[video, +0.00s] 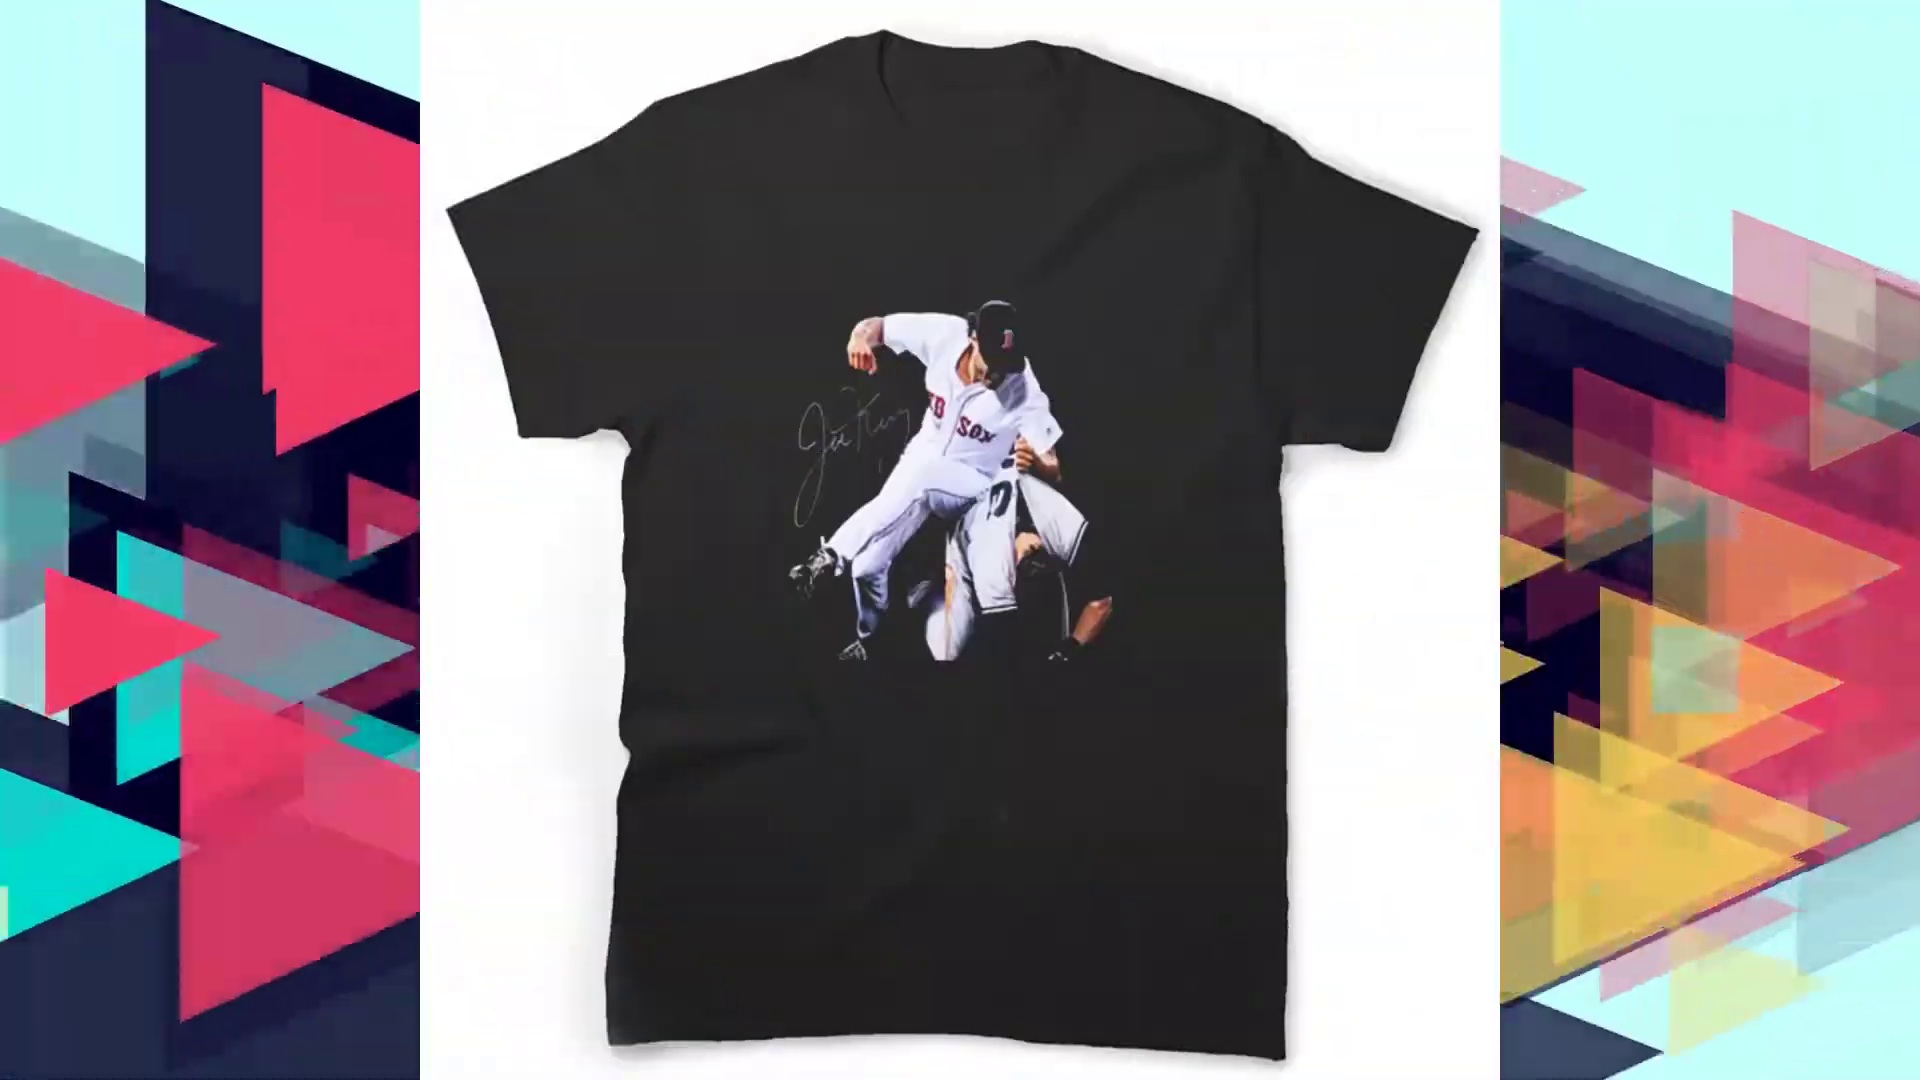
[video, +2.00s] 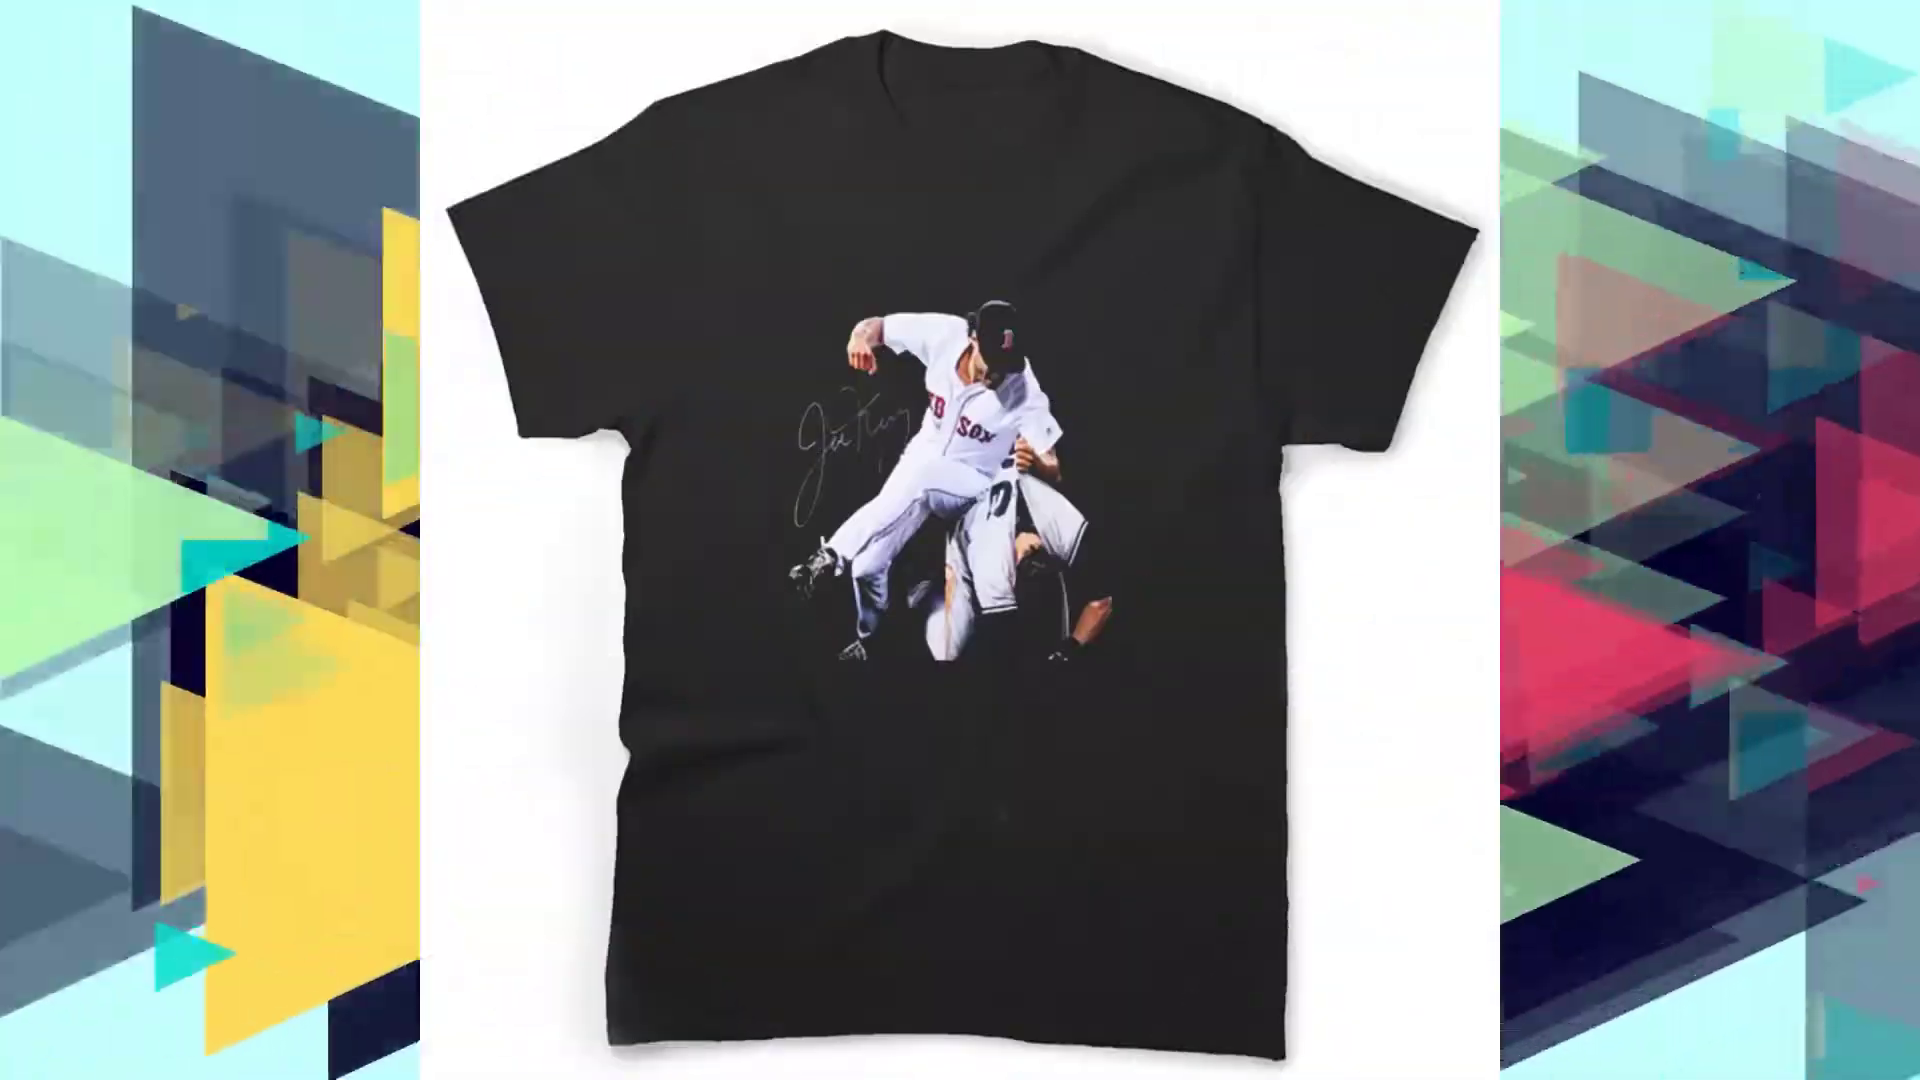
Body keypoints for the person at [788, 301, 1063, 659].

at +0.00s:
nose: (997, 373)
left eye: (1005, 366)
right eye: (991, 363)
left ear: (1015, 354)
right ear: (973, 343)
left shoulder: (1023, 388)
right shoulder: (946, 334)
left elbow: (1055, 470)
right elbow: (875, 327)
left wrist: (1038, 463)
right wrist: (861, 340)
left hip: (978, 481)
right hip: (922, 460)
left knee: (920, 476)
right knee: (867, 565)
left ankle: (828, 559)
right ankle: (870, 641)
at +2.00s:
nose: (995, 373)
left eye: (1004, 366)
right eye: (990, 364)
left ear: (1016, 355)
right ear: (973, 342)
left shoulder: (1023, 390)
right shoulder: (946, 334)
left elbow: (1055, 470)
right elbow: (874, 327)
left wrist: (1038, 463)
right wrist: (861, 340)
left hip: (978, 482)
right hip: (922, 460)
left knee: (920, 477)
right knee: (867, 565)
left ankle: (827, 559)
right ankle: (870, 640)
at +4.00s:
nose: (997, 374)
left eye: (1006, 367)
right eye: (991, 364)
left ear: (1017, 354)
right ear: (973, 341)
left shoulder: (1023, 389)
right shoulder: (946, 334)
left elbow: (1054, 468)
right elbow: (878, 327)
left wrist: (1038, 463)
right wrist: (861, 338)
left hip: (978, 482)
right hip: (922, 460)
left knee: (920, 476)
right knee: (867, 566)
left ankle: (828, 560)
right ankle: (871, 641)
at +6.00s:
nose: (997, 374)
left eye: (1006, 367)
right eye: (991, 364)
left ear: (1017, 354)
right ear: (973, 341)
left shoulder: (1023, 389)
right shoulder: (946, 334)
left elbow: (1054, 468)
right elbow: (878, 327)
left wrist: (1038, 463)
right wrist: (861, 338)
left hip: (979, 482)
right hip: (922, 460)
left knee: (920, 476)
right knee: (867, 566)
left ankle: (828, 560)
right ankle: (871, 642)